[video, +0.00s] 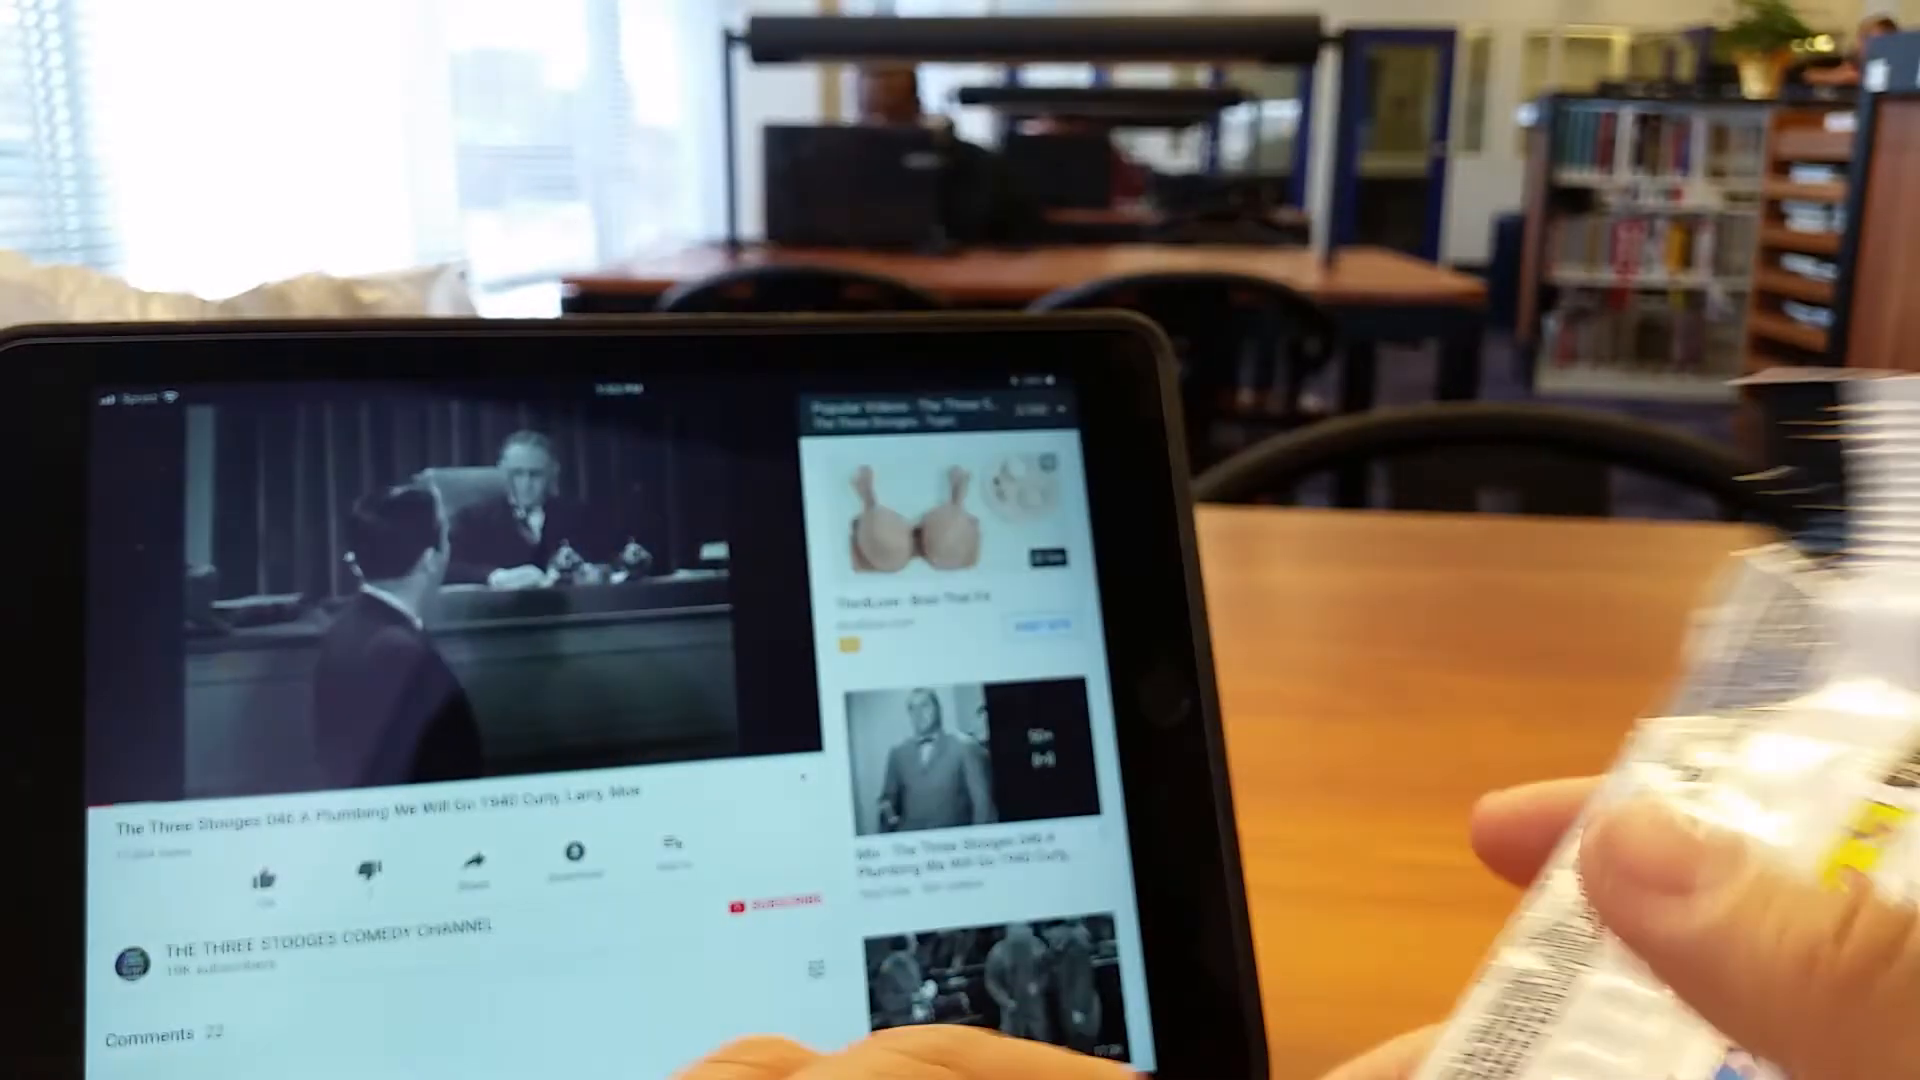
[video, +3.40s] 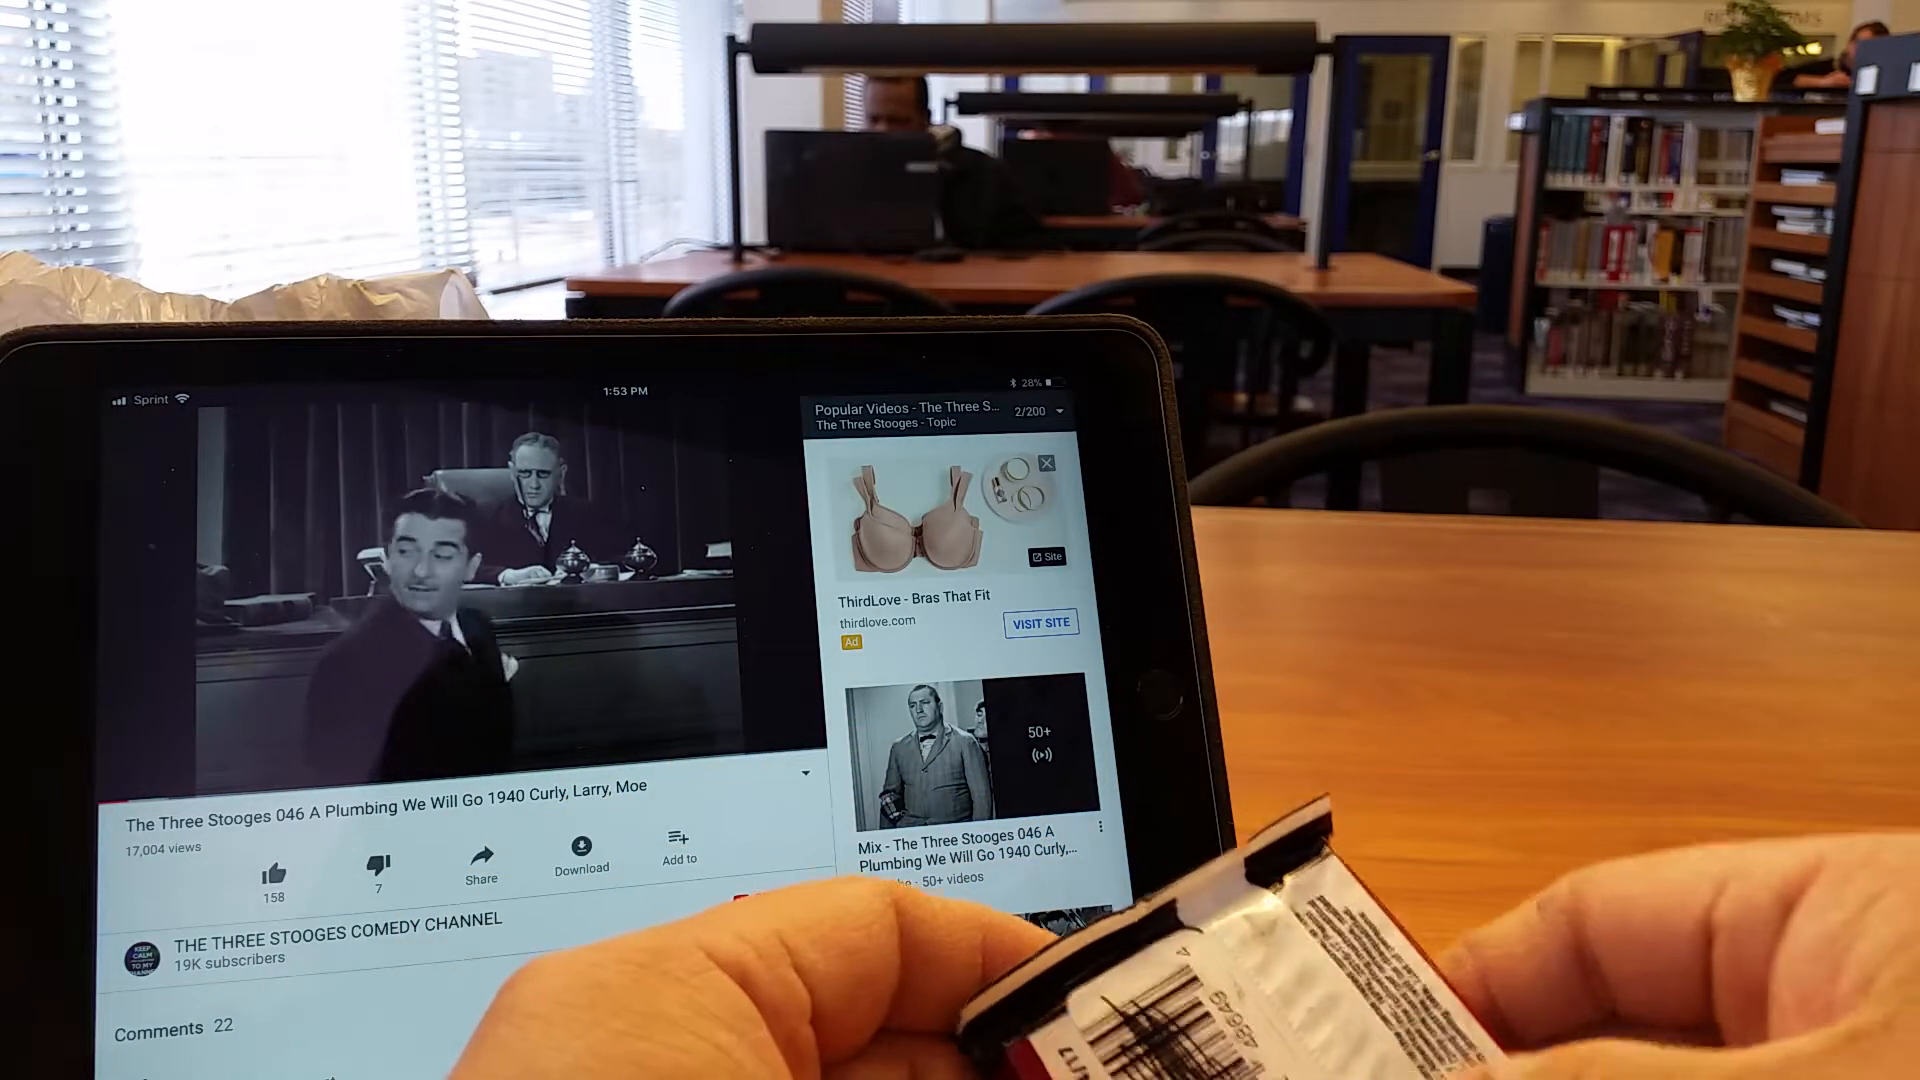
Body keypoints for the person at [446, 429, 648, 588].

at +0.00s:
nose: (524, 484)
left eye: (534, 475)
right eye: (516, 474)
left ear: (552, 476)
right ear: (503, 474)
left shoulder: (577, 518)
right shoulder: (476, 521)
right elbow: (451, 569)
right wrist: (493, 577)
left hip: (570, 628)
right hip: (501, 633)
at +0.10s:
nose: (528, 484)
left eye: (538, 474)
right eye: (519, 474)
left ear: (556, 473)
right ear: (506, 472)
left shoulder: (579, 515)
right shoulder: (479, 519)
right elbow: (453, 570)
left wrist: (587, 570)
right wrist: (498, 576)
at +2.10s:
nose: (533, 485)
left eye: (543, 475)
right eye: (524, 474)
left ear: (560, 473)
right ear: (511, 470)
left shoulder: (585, 515)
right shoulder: (484, 519)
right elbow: (454, 569)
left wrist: (597, 569)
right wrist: (504, 576)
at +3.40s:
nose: (533, 484)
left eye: (543, 474)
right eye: (525, 474)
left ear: (561, 473)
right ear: (513, 472)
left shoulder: (585, 516)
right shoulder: (493, 520)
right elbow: (465, 568)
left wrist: (592, 571)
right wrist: (506, 576)